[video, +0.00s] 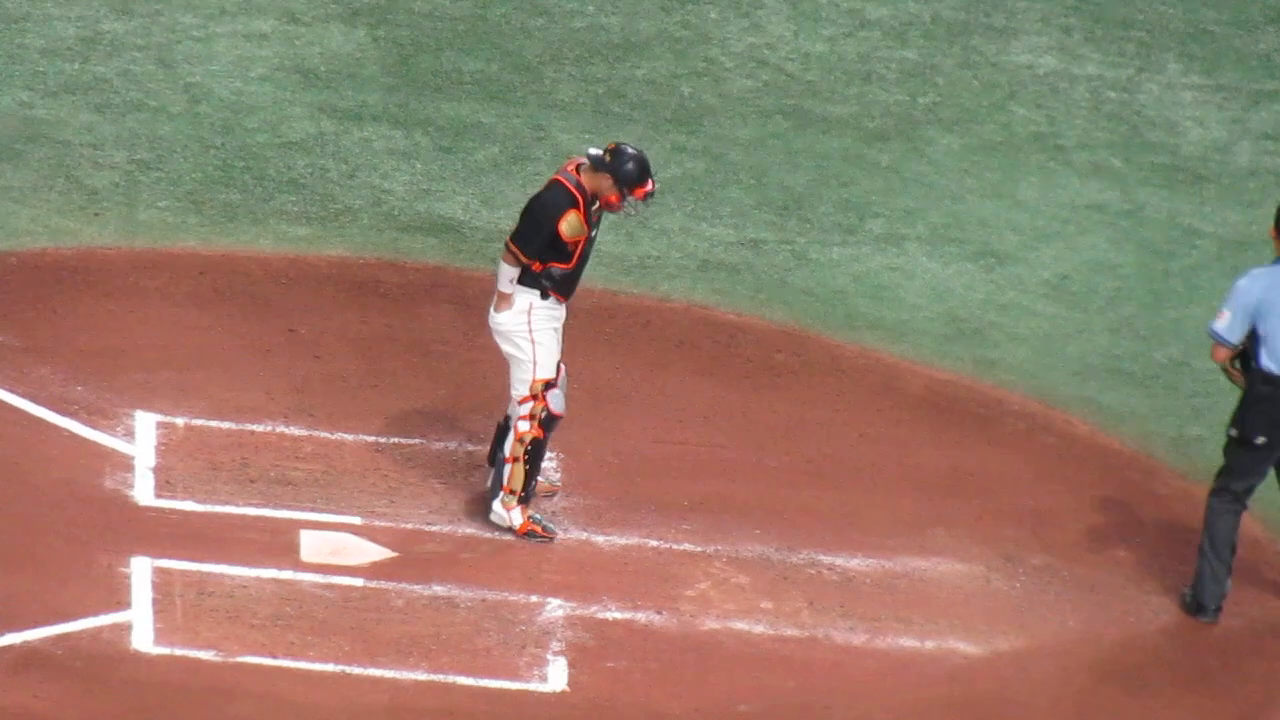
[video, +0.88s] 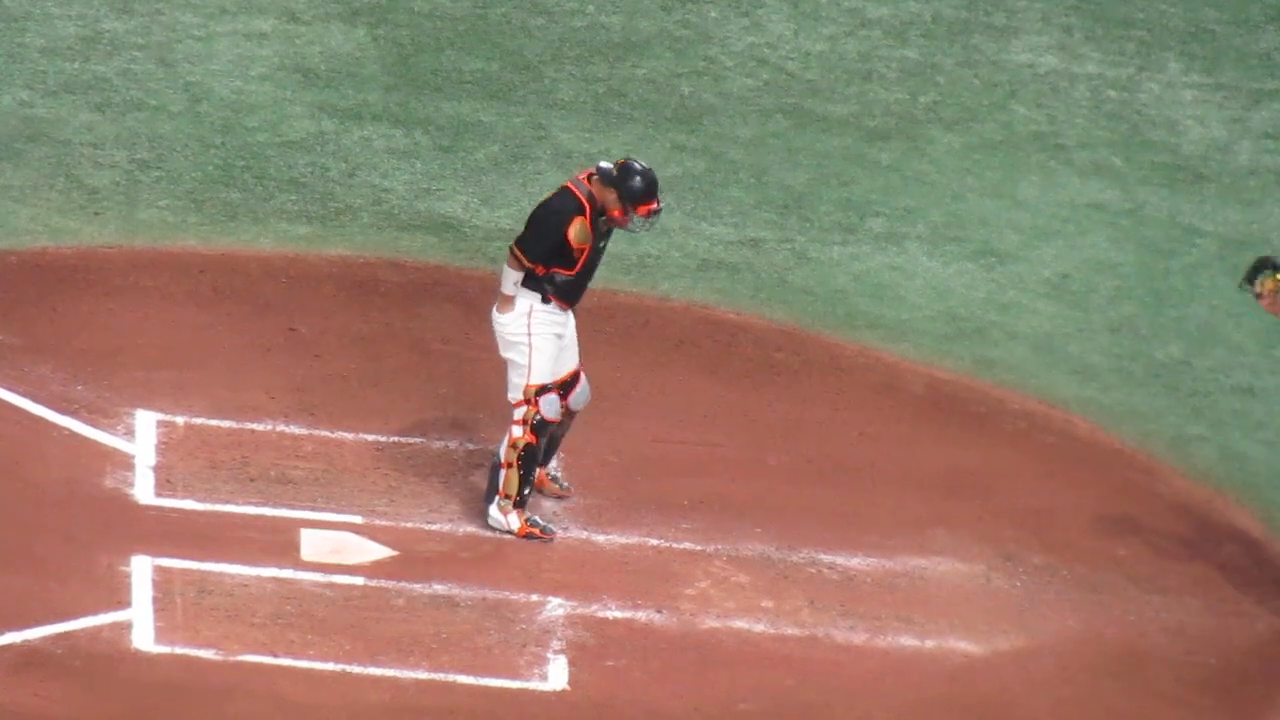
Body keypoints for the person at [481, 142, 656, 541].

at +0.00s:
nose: (621, 202)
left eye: (626, 197)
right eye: (622, 195)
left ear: (611, 175)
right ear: (607, 180)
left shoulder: (587, 180)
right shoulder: (557, 202)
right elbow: (514, 251)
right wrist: (502, 299)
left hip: (546, 306)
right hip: (528, 306)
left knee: (550, 398)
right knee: (533, 408)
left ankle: (507, 468)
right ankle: (509, 504)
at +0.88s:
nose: (626, 219)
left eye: (631, 214)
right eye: (625, 212)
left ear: (619, 192)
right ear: (611, 194)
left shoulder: (604, 195)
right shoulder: (563, 209)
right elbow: (519, 255)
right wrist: (505, 298)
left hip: (557, 310)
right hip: (531, 309)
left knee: (572, 396)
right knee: (534, 411)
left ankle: (536, 467)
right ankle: (505, 507)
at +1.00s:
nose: (625, 212)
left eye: (629, 206)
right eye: (623, 204)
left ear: (622, 190)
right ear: (605, 188)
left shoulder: (607, 199)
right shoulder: (559, 204)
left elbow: (585, 256)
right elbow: (516, 248)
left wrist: (585, 299)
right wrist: (504, 291)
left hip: (565, 306)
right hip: (530, 303)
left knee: (571, 394)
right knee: (537, 405)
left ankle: (536, 468)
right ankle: (507, 502)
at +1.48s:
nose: (595, 197)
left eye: (603, 189)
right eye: (588, 188)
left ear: (612, 182)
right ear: (568, 176)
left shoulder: (616, 199)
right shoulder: (527, 185)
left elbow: (628, 246)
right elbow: (490, 222)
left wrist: (642, 296)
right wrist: (482, 264)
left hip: (555, 293)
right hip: (508, 284)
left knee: (568, 381)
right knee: (515, 380)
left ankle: (533, 469)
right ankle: (480, 476)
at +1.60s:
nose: (575, 192)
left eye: (584, 185)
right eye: (568, 184)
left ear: (596, 176)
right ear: (551, 173)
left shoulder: (606, 189)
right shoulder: (515, 179)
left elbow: (621, 240)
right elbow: (481, 222)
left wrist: (634, 293)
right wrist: (478, 264)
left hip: (552, 294)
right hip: (501, 284)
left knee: (567, 383)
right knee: (486, 379)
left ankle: (527, 470)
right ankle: (433, 464)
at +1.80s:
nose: (529, 174)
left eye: (537, 167)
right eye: (522, 165)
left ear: (553, 164)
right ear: (508, 159)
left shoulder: (577, 184)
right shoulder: (482, 175)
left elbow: (597, 242)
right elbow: (461, 226)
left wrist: (605, 297)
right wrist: (462, 267)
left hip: (537, 295)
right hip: (482, 289)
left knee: (561, 383)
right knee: (433, 369)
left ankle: (527, 469)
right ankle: (382, 441)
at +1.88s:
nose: (501, 162)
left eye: (509, 156)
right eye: (495, 154)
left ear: (528, 154)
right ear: (486, 149)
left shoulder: (558, 182)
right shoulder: (464, 172)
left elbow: (580, 240)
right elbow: (450, 225)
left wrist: (587, 297)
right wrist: (452, 266)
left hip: (524, 296)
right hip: (466, 288)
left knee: (554, 382)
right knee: (410, 364)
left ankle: (528, 469)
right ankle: (391, 441)